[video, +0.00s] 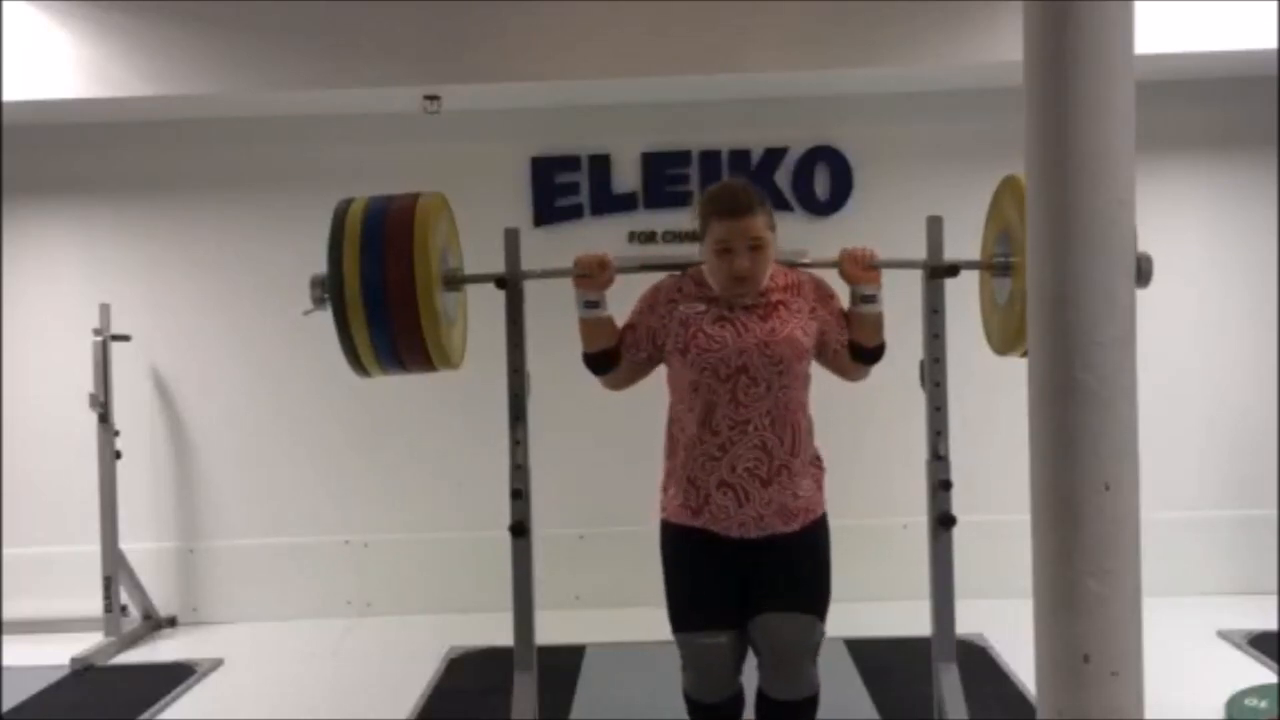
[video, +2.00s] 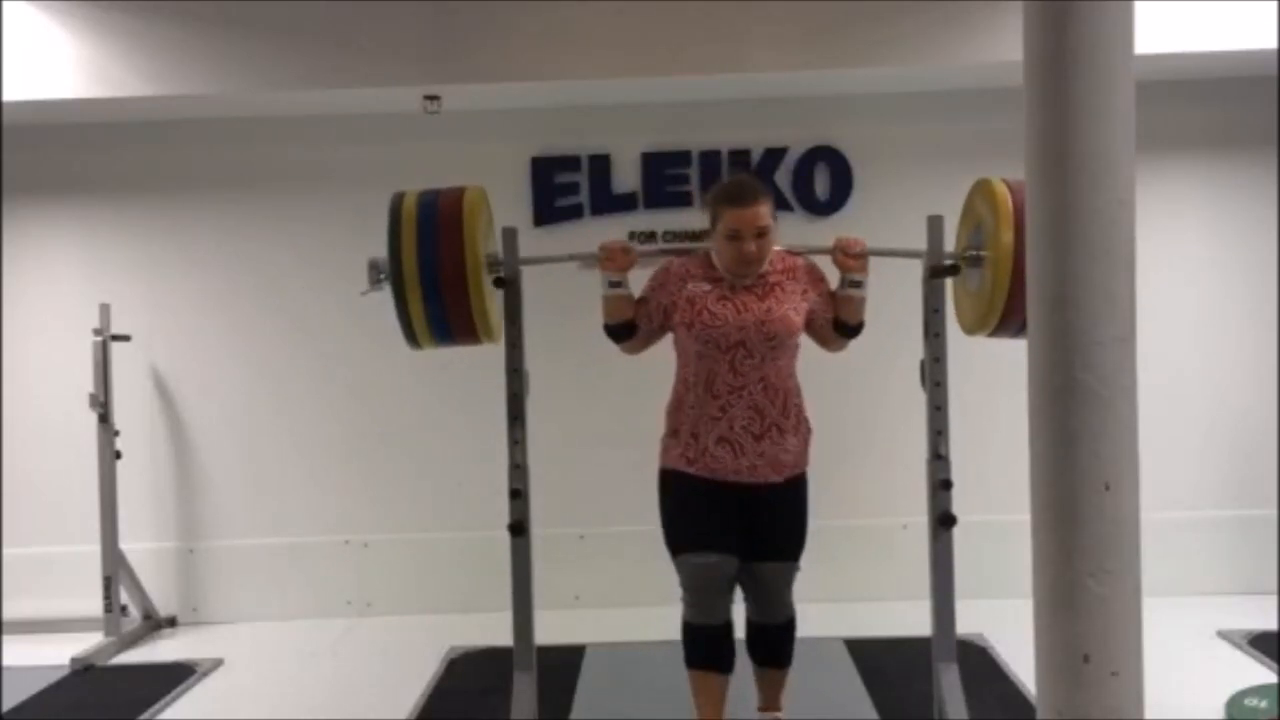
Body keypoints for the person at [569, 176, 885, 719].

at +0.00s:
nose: (741, 263)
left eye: (754, 247)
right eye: (725, 249)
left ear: (773, 243)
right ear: (703, 247)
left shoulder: (804, 294)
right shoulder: (672, 300)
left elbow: (855, 366)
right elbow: (613, 371)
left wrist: (867, 293)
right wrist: (591, 299)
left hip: (789, 525)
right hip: (699, 527)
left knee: (791, 680)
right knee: (709, 683)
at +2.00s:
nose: (748, 249)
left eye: (760, 235)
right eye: (734, 237)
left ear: (775, 229)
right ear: (712, 232)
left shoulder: (796, 274)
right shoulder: (680, 276)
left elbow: (837, 336)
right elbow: (629, 338)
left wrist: (852, 280)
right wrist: (615, 281)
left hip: (775, 465)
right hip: (697, 464)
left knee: (772, 597)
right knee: (706, 595)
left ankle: (771, 711)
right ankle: (709, 716)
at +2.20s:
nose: (743, 243)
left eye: (754, 230)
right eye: (730, 232)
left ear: (769, 225)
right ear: (707, 229)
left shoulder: (790, 270)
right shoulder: (676, 274)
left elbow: (830, 334)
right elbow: (626, 338)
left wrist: (845, 276)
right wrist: (612, 277)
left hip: (771, 462)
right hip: (691, 461)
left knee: (769, 595)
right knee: (681, 589)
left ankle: (770, 709)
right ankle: (669, 697)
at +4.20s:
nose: (696, 232)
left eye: (705, 222)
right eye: (684, 223)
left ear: (721, 228)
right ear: (666, 230)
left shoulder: (747, 278)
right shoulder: (637, 279)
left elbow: (788, 340)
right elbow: (593, 339)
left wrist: (800, 285)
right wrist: (580, 281)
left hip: (739, 458)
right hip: (662, 461)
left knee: (765, 577)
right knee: (669, 582)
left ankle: (797, 693)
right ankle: (665, 699)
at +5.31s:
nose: (723, 233)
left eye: (733, 225)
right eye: (711, 226)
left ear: (749, 236)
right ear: (692, 239)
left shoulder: (775, 289)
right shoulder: (664, 293)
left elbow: (819, 351)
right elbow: (619, 356)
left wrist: (829, 295)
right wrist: (604, 296)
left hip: (764, 455)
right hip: (683, 457)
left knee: (791, 573)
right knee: (667, 578)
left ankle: (801, 695)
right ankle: (665, 698)